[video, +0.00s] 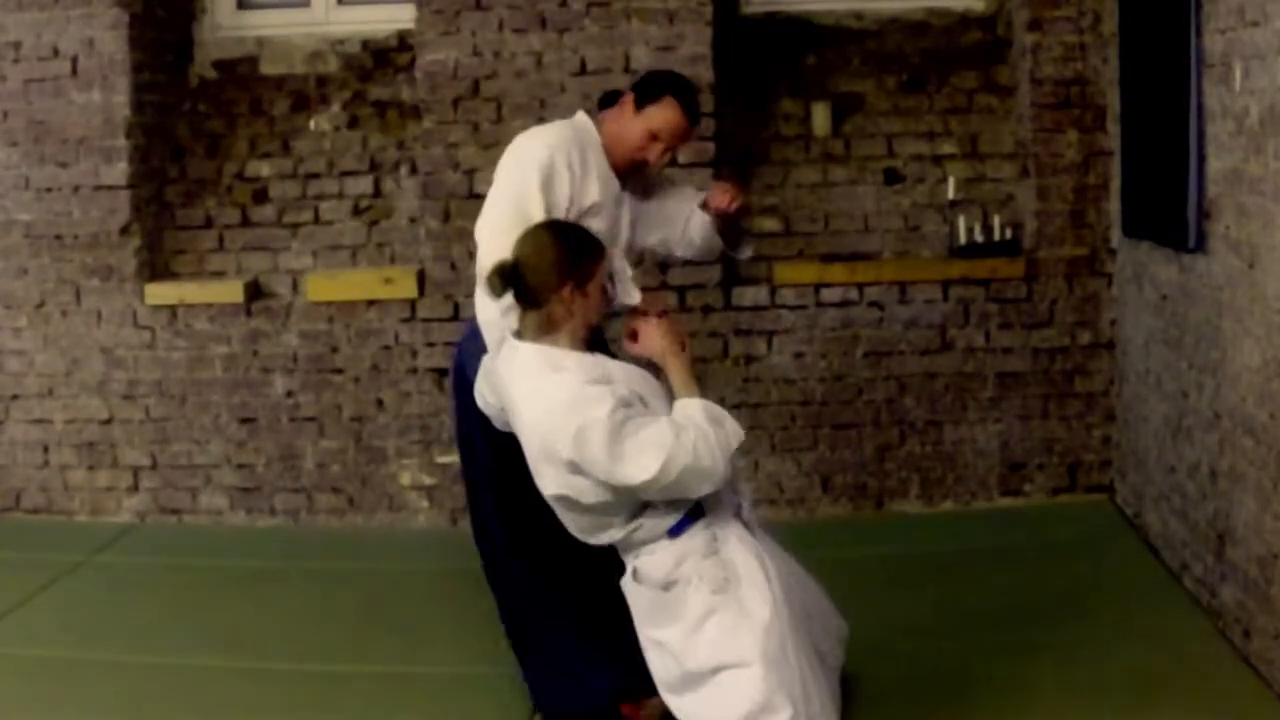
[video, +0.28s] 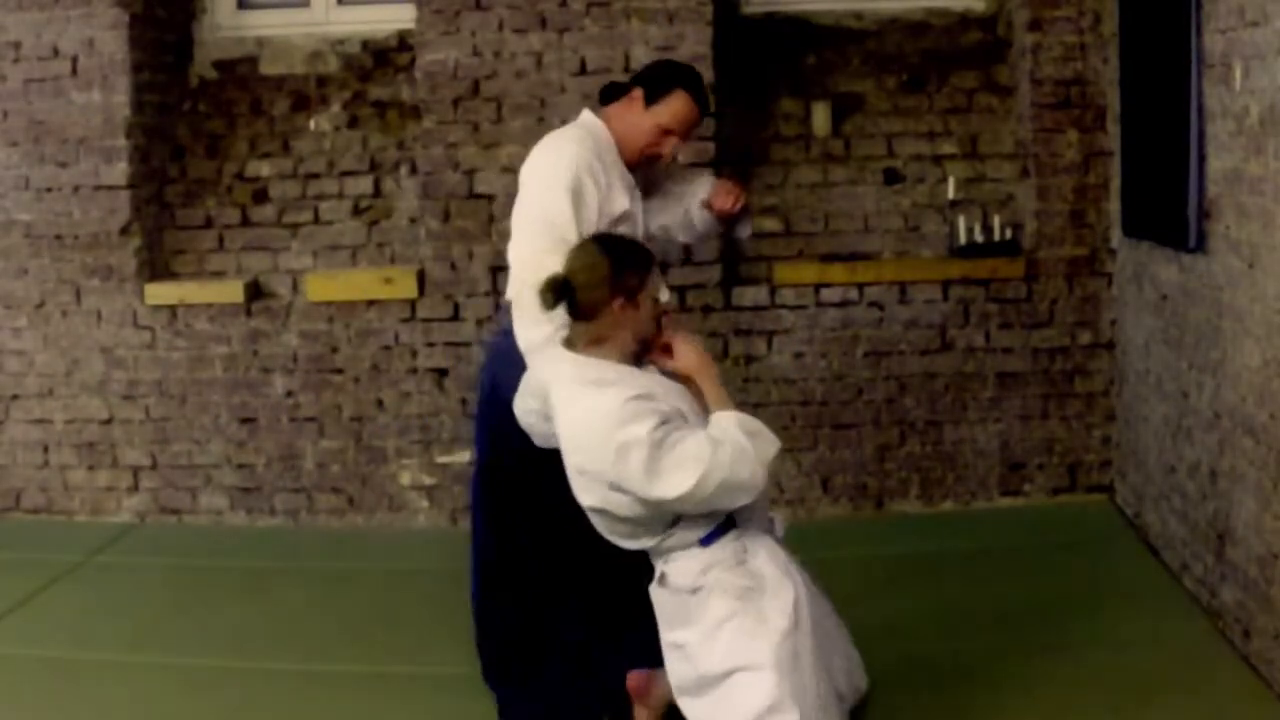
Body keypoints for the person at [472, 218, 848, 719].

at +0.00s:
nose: (607, 295)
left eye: (605, 281)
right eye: (600, 283)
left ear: (540, 294)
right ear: (569, 295)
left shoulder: (513, 362)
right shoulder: (579, 405)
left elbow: (486, 395)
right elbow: (694, 462)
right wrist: (676, 363)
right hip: (696, 563)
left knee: (821, 639)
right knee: (769, 693)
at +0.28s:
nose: (664, 309)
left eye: (661, 296)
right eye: (656, 298)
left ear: (606, 306)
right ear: (623, 305)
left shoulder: (569, 370)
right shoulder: (613, 415)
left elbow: (529, 409)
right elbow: (736, 472)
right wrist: (706, 376)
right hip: (723, 585)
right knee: (777, 703)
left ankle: (668, 684)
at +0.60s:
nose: (756, 290)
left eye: (754, 276)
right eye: (753, 276)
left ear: (677, 276)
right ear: (730, 279)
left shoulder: (643, 327)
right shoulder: (706, 384)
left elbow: (588, 411)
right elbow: (812, 444)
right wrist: (784, 357)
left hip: (705, 565)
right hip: (755, 576)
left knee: (846, 700)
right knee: (779, 704)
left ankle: (678, 681)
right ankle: (674, 686)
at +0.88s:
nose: (801, 281)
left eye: (803, 268)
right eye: (803, 268)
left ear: (726, 254)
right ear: (787, 267)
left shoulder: (669, 323)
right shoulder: (770, 353)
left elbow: (607, 415)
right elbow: (867, 427)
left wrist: (679, 368)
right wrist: (821, 355)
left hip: (715, 551)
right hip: (776, 558)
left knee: (853, 689)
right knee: (777, 697)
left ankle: (678, 677)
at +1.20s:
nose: (841, 271)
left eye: (840, 261)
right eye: (841, 261)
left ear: (779, 250)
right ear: (834, 259)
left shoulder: (717, 315)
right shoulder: (843, 316)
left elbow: (635, 408)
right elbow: (914, 405)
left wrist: (690, 400)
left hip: (740, 516)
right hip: (806, 521)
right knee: (779, 679)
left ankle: (679, 675)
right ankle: (682, 676)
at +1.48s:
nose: (855, 272)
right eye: (855, 264)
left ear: (793, 256)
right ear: (852, 263)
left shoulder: (736, 315)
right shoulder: (864, 306)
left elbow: (654, 404)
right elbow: (926, 403)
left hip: (754, 504)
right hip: (819, 508)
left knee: (850, 665)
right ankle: (681, 674)